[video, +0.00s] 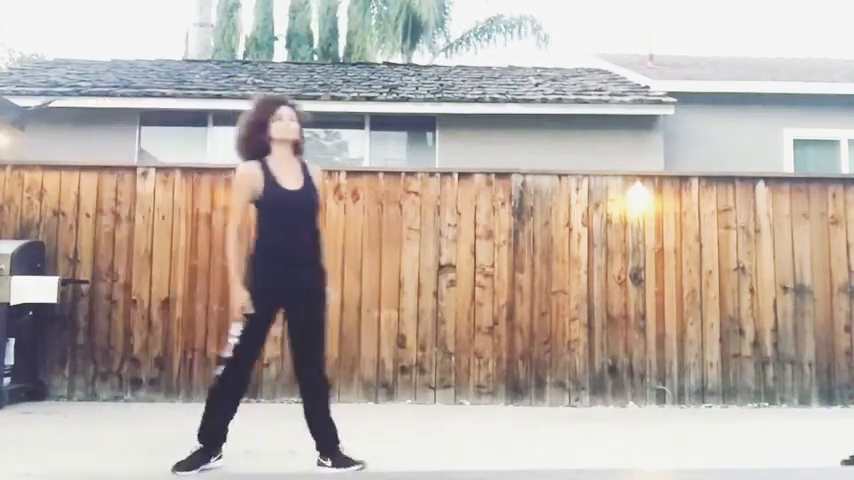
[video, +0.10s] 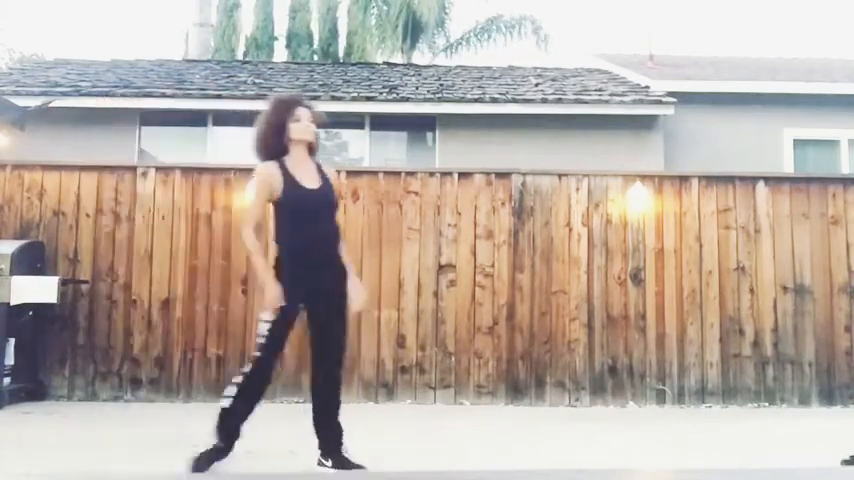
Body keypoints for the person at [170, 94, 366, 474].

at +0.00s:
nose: (288, 124)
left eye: (292, 119)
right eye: (280, 119)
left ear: (300, 128)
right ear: (264, 128)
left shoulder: (309, 170)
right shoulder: (251, 172)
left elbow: (313, 229)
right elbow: (235, 231)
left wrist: (319, 276)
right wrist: (237, 286)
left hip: (307, 279)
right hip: (266, 279)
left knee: (312, 367)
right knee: (238, 363)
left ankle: (328, 450)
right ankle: (210, 444)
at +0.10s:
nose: (308, 125)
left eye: (310, 120)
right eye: (298, 120)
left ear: (314, 128)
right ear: (282, 129)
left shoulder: (324, 173)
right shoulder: (269, 172)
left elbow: (332, 232)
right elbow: (249, 231)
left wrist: (350, 276)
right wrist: (268, 283)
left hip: (329, 279)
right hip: (291, 279)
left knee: (329, 368)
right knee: (263, 363)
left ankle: (331, 451)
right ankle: (223, 442)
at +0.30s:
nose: (335, 125)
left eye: (336, 121)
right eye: (325, 121)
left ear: (340, 128)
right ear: (308, 129)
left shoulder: (344, 168)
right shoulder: (297, 171)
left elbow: (348, 219)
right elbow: (269, 223)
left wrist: (364, 241)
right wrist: (316, 244)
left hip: (355, 274)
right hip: (325, 276)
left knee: (354, 362)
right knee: (336, 361)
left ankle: (336, 448)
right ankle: (310, 437)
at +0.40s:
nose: (344, 127)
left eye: (346, 122)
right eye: (335, 122)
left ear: (348, 129)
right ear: (318, 130)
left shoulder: (352, 170)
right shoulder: (308, 169)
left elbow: (356, 217)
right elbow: (278, 217)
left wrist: (369, 240)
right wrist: (325, 232)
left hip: (364, 272)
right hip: (334, 274)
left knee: (358, 357)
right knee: (363, 352)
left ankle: (336, 449)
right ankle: (361, 443)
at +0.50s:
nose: (352, 129)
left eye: (353, 124)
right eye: (343, 125)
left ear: (355, 131)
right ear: (326, 133)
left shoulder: (363, 174)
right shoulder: (319, 169)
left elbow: (363, 221)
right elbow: (291, 220)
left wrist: (378, 246)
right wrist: (342, 242)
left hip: (371, 275)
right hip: (341, 277)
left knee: (372, 361)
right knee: (380, 358)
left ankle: (338, 444)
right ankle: (409, 445)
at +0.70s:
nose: (364, 129)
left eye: (364, 124)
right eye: (354, 127)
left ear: (369, 132)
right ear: (340, 139)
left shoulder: (380, 179)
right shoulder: (345, 171)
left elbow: (388, 238)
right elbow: (336, 230)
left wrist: (402, 281)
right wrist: (373, 273)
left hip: (384, 279)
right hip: (356, 279)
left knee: (407, 361)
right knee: (391, 365)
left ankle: (357, 438)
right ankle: (434, 452)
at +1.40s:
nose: (373, 145)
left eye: (374, 140)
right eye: (363, 143)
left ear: (379, 148)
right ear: (349, 155)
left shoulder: (385, 200)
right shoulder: (352, 190)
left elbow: (396, 255)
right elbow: (358, 257)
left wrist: (409, 313)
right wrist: (369, 318)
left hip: (359, 282)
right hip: (329, 285)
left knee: (387, 367)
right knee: (369, 369)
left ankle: (349, 440)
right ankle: (416, 454)